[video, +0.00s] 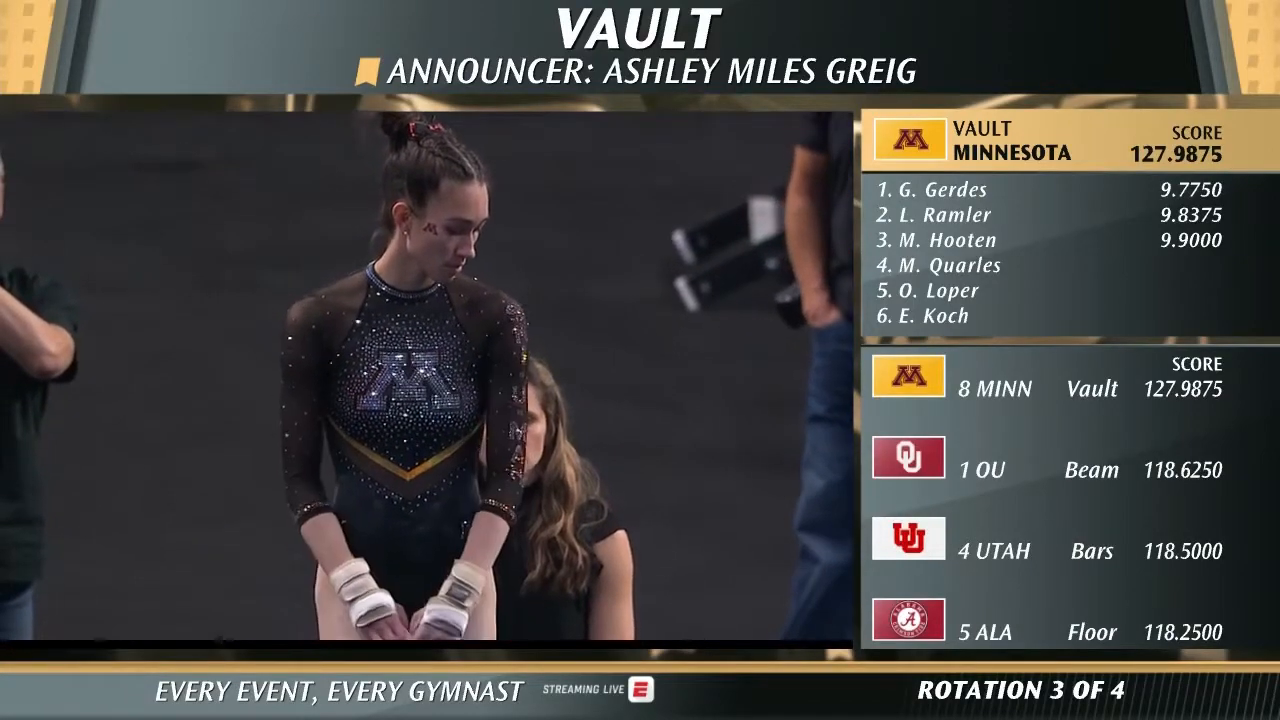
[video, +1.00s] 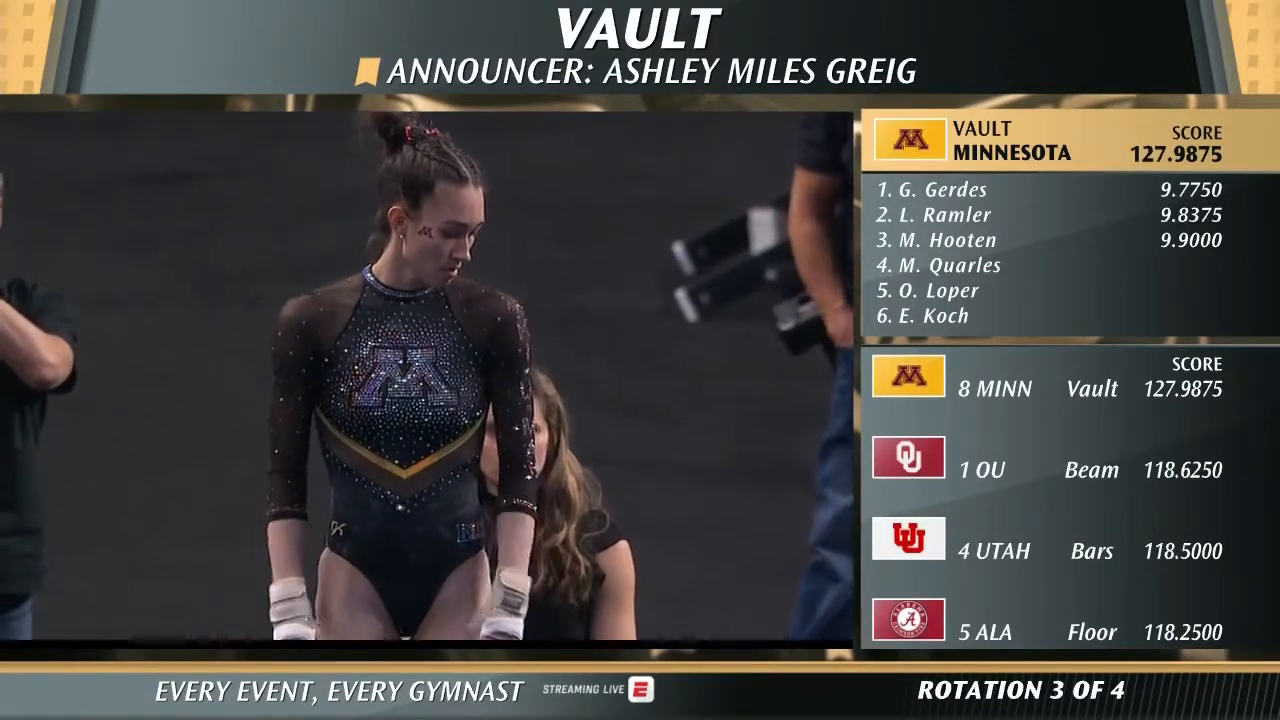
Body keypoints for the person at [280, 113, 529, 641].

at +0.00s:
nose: (470, 248)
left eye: (477, 229)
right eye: (455, 230)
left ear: (484, 217)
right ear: (402, 216)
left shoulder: (493, 318)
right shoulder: (317, 321)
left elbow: (505, 475)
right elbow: (299, 480)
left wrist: (456, 597)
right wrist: (358, 590)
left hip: (462, 572)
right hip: (352, 572)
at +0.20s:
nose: (473, 250)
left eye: (481, 232)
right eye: (458, 232)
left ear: (488, 220)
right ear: (406, 218)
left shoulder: (498, 320)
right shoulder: (319, 321)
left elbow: (513, 475)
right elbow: (305, 477)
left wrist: (486, 616)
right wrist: (337, 611)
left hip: (465, 558)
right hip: (359, 560)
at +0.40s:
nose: (470, 247)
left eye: (478, 229)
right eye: (456, 228)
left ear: (486, 218)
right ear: (404, 215)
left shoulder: (495, 317)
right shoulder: (317, 320)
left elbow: (526, 472)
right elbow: (292, 478)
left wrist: (543, 617)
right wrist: (273, 622)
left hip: (462, 566)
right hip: (354, 565)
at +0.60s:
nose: (469, 253)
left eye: (476, 235)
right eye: (455, 235)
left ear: (483, 224)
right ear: (403, 221)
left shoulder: (495, 325)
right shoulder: (314, 327)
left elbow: (534, 471)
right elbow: (276, 480)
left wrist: (570, 610)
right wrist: (239, 613)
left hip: (461, 572)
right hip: (353, 571)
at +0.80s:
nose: (467, 261)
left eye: (475, 244)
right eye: (453, 243)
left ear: (481, 233)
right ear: (400, 230)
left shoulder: (494, 331)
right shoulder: (315, 334)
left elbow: (523, 483)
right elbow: (283, 491)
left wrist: (546, 621)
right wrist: (253, 627)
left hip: (462, 578)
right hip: (355, 576)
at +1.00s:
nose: (466, 250)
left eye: (473, 233)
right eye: (451, 233)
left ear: (480, 222)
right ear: (398, 220)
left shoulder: (493, 319)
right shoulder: (311, 321)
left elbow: (518, 465)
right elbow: (286, 469)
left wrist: (510, 602)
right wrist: (288, 607)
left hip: (461, 570)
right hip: (351, 567)